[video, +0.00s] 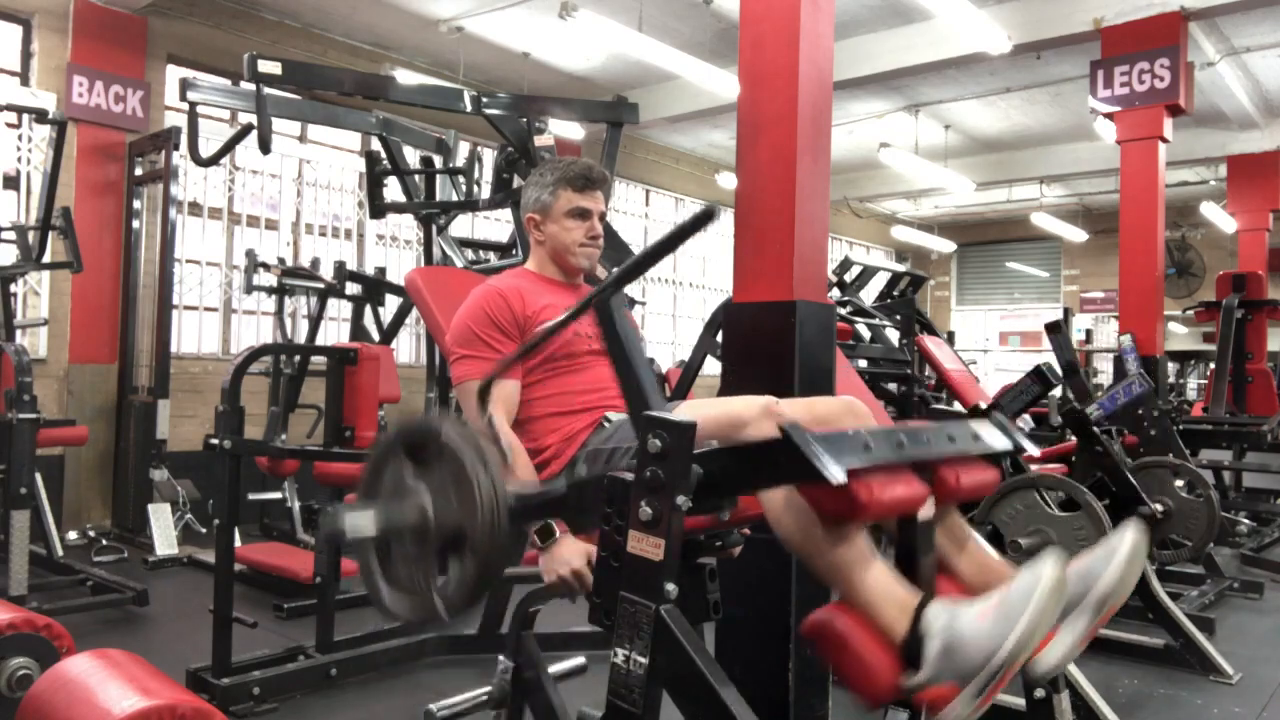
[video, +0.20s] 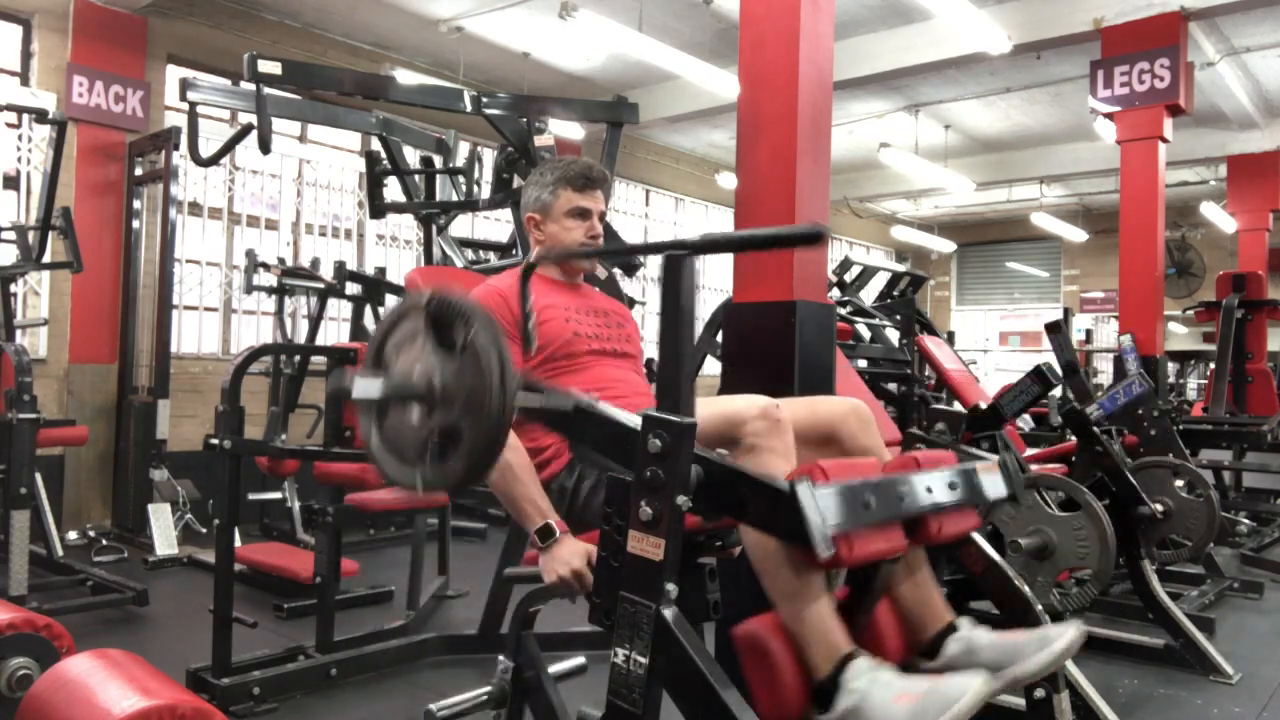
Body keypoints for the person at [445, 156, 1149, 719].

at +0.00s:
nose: (592, 236)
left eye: (598, 223)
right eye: (577, 221)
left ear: (598, 224)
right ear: (532, 224)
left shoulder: (597, 297)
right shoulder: (497, 299)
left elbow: (634, 388)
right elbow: (490, 427)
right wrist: (554, 531)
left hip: (655, 430)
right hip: (589, 456)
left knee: (844, 411)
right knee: (778, 420)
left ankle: (993, 585)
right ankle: (918, 628)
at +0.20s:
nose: (594, 229)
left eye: (599, 218)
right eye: (578, 216)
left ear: (599, 227)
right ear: (533, 223)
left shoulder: (608, 303)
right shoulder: (499, 297)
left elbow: (646, 403)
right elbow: (488, 427)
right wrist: (553, 536)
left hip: (661, 441)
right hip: (586, 465)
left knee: (850, 419)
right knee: (761, 424)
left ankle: (938, 636)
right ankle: (842, 679)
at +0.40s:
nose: (596, 227)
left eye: (598, 216)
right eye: (580, 215)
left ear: (595, 229)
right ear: (534, 227)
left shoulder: (611, 305)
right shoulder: (504, 294)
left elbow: (645, 397)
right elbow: (489, 433)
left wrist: (703, 431)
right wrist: (551, 538)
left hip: (650, 446)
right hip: (583, 468)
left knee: (849, 422)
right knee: (755, 419)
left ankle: (881, 644)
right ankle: (773, 676)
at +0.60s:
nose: (594, 230)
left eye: (599, 219)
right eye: (579, 216)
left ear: (604, 225)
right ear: (537, 219)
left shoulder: (599, 299)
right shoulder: (499, 303)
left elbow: (633, 393)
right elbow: (491, 434)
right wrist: (550, 536)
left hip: (650, 445)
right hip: (585, 465)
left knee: (848, 419)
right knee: (756, 415)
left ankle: (844, 641)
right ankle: (741, 663)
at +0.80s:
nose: (546, 205)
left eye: (550, 191)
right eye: (528, 192)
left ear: (555, 204)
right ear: (497, 207)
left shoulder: (575, 271)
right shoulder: (483, 286)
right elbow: (489, 430)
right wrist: (550, 535)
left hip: (637, 435)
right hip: (574, 462)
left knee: (845, 419)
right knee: (754, 418)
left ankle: (820, 634)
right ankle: (716, 657)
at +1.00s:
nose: (544, 204)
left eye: (548, 193)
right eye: (528, 193)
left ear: (549, 204)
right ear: (496, 204)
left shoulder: (565, 272)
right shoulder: (482, 284)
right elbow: (489, 430)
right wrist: (551, 538)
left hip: (637, 437)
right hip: (575, 463)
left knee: (845, 419)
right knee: (755, 423)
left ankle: (817, 633)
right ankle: (712, 656)